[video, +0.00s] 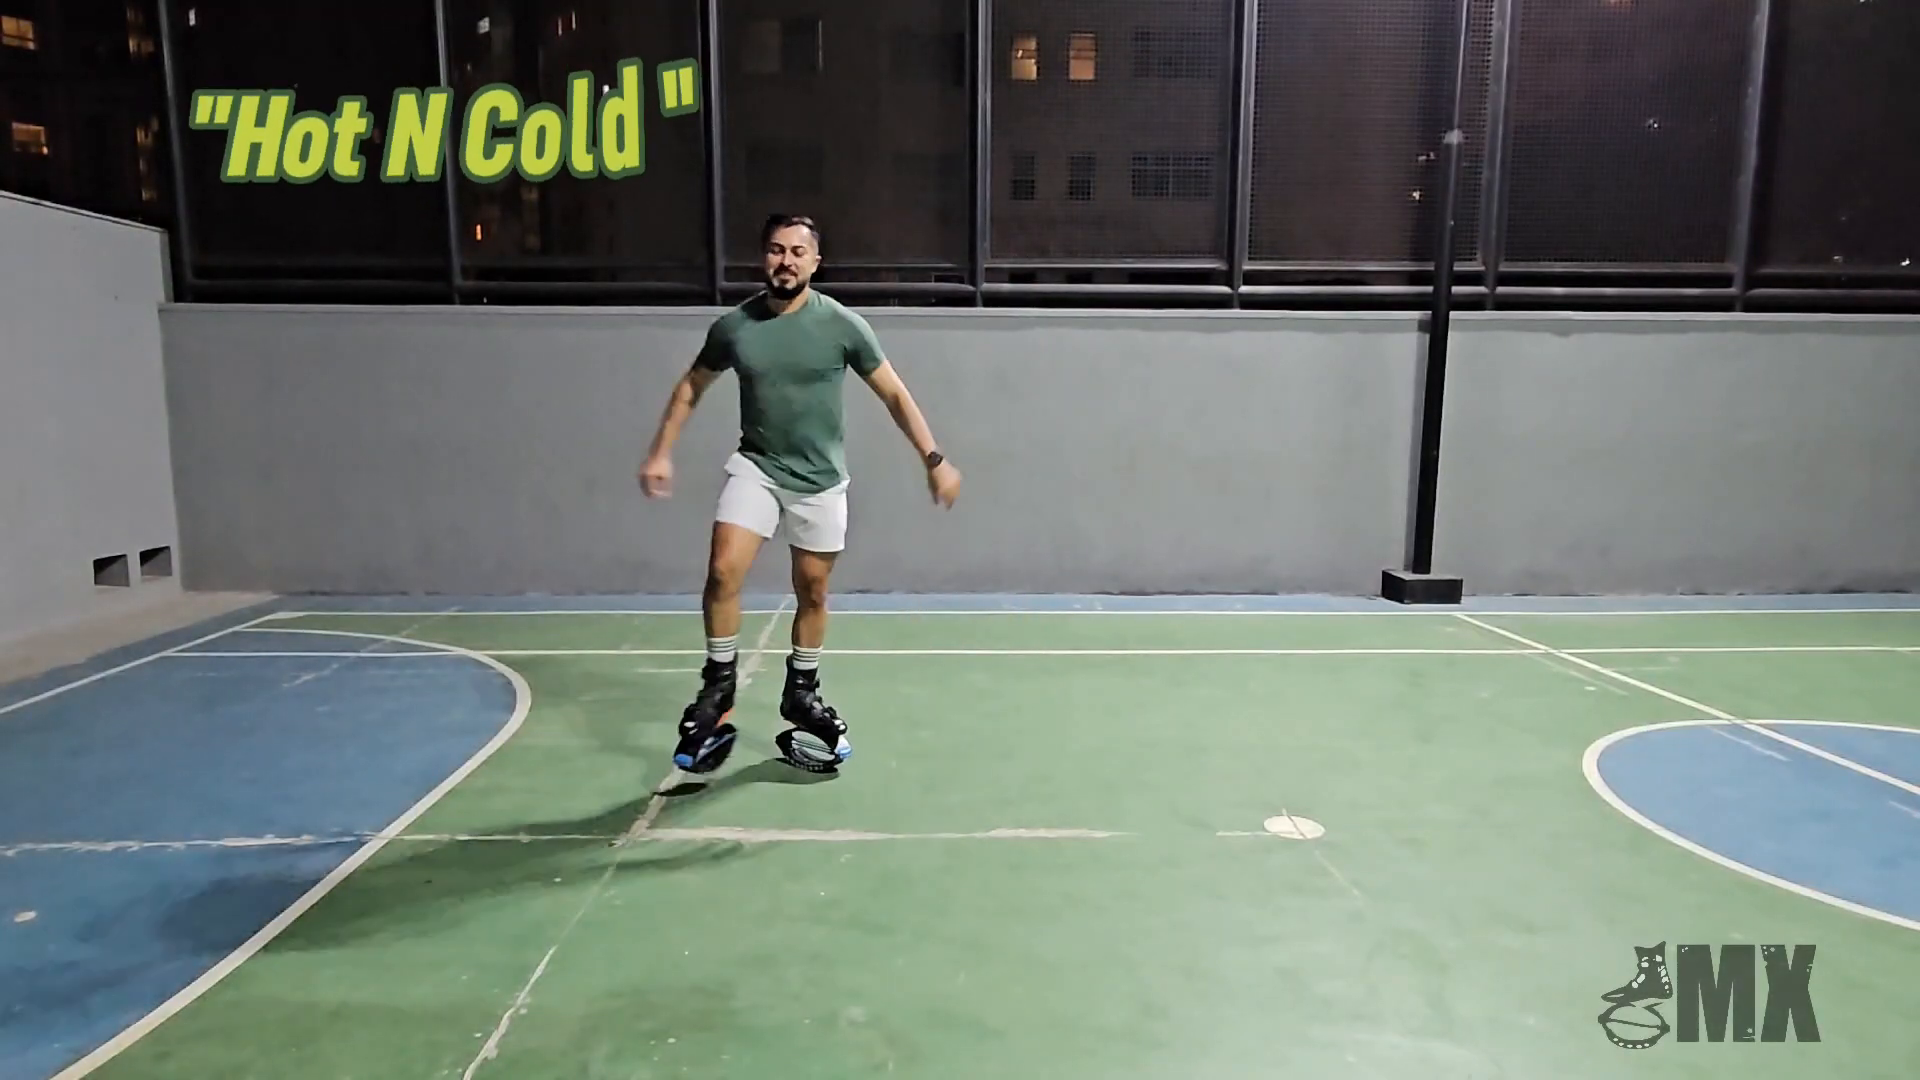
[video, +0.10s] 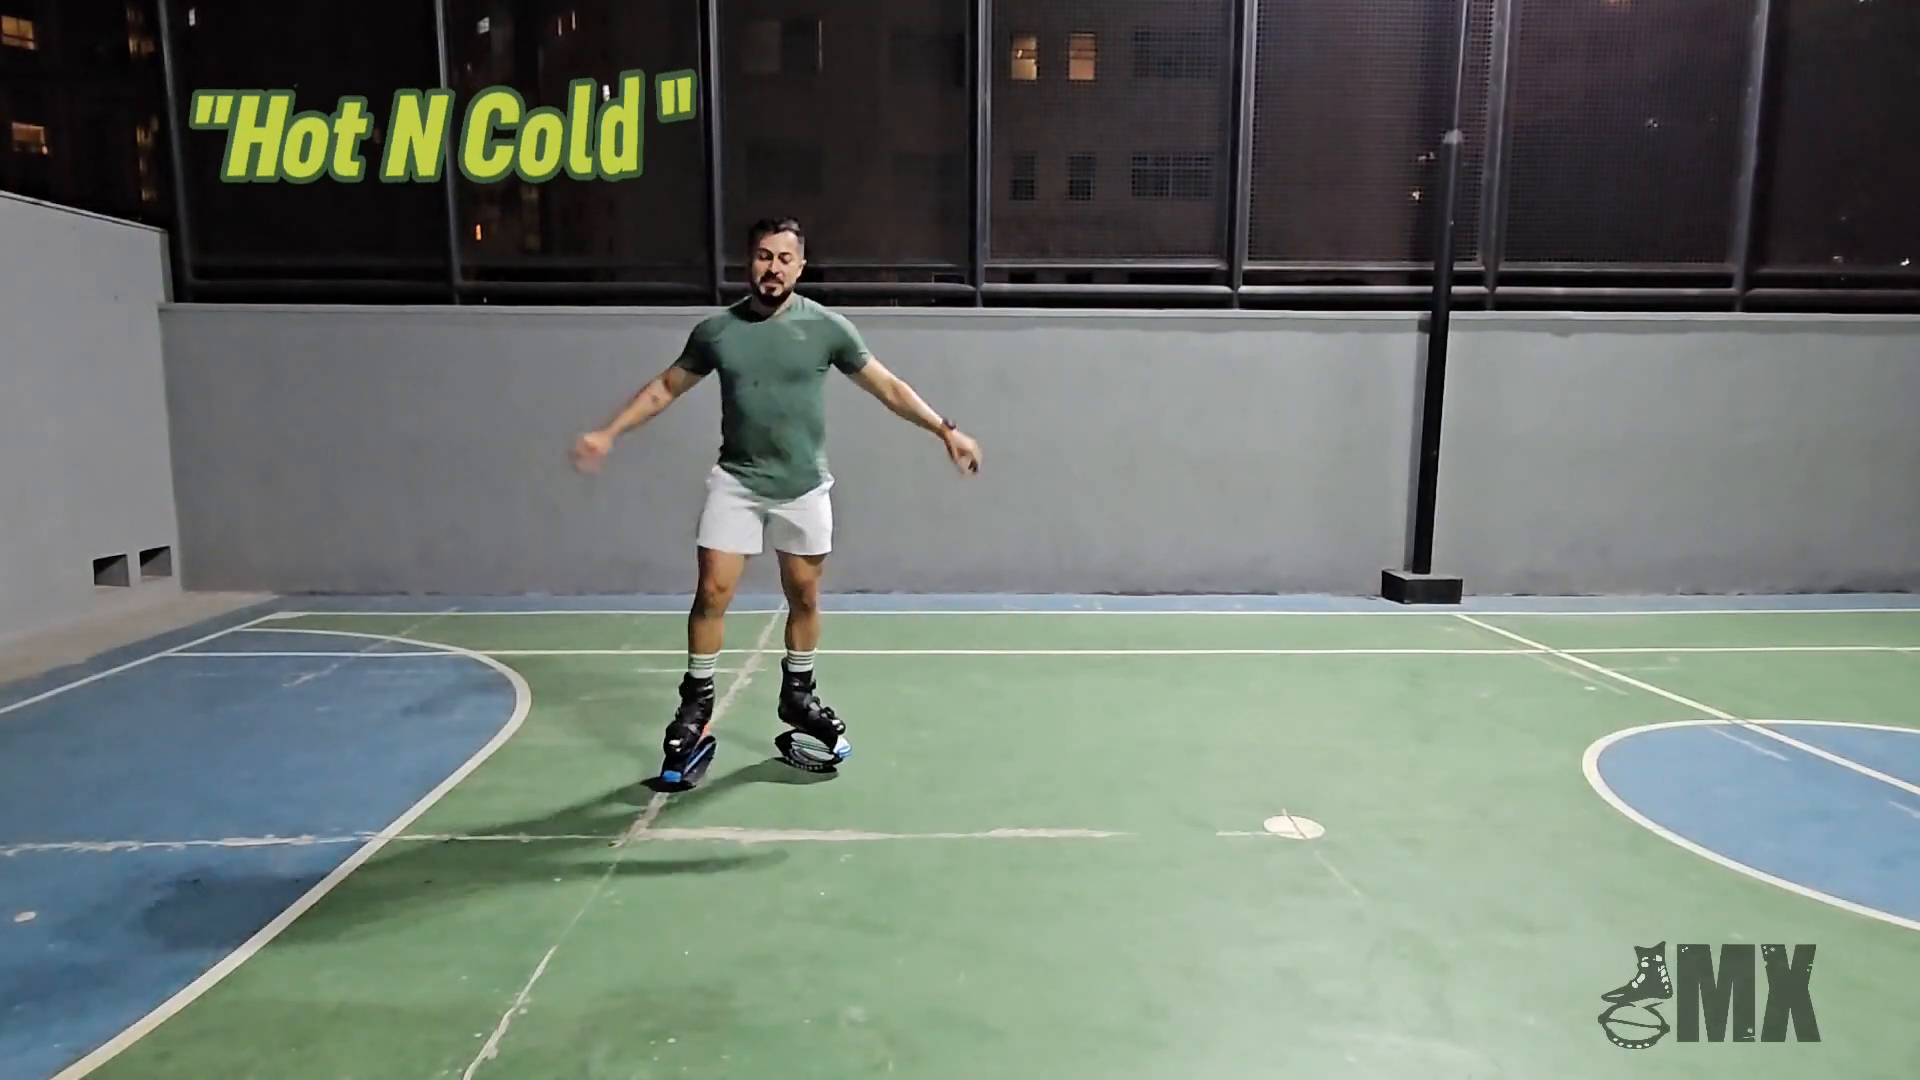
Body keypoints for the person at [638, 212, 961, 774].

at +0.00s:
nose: (785, 261)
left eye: (797, 252)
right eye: (776, 250)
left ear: (816, 261)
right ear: (763, 258)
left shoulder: (844, 326)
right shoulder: (732, 329)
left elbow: (895, 395)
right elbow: (691, 387)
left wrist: (934, 459)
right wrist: (660, 452)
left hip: (821, 478)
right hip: (755, 468)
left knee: (813, 590)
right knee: (722, 571)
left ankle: (801, 694)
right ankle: (718, 687)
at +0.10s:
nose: (771, 268)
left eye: (784, 258)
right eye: (763, 256)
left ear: (801, 267)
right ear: (750, 261)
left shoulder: (828, 328)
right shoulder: (717, 332)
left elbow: (890, 389)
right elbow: (664, 389)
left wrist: (946, 430)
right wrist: (608, 432)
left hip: (803, 485)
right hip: (736, 481)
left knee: (805, 593)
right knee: (712, 592)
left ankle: (798, 696)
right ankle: (696, 705)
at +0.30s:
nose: (750, 271)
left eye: (764, 264)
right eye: (743, 257)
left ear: (781, 274)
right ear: (728, 259)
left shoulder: (796, 334)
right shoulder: (685, 329)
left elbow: (848, 406)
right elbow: (645, 402)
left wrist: (885, 400)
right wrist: (593, 395)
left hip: (774, 475)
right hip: (705, 479)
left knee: (796, 578)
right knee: (698, 591)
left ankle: (794, 682)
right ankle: (694, 714)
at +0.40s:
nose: (745, 267)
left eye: (760, 263)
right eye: (741, 254)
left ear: (776, 276)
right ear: (727, 255)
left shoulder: (792, 331)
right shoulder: (679, 324)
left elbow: (826, 415)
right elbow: (651, 404)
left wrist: (822, 393)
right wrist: (637, 387)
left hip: (768, 469)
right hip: (701, 475)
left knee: (787, 565)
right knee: (692, 587)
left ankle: (775, 676)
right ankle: (689, 713)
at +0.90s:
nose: (800, 262)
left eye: (814, 257)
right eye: (794, 252)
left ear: (833, 279)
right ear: (779, 265)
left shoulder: (844, 337)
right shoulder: (734, 328)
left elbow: (874, 390)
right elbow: (689, 390)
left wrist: (838, 333)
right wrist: (671, 456)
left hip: (813, 480)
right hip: (744, 484)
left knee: (843, 574)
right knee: (722, 592)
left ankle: (847, 700)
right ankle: (696, 710)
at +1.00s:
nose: (825, 272)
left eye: (838, 266)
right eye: (818, 263)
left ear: (858, 285)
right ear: (804, 276)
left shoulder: (871, 345)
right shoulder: (763, 338)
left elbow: (909, 396)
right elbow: (722, 392)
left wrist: (882, 374)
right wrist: (708, 456)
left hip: (839, 493)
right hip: (769, 493)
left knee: (867, 595)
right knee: (738, 601)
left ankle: (885, 718)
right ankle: (699, 715)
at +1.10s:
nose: (852, 273)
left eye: (866, 266)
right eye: (845, 263)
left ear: (887, 283)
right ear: (832, 275)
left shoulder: (900, 346)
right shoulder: (796, 344)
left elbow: (931, 399)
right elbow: (763, 403)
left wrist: (936, 433)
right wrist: (749, 459)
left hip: (876, 497)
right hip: (805, 495)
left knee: (889, 602)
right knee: (765, 599)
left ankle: (891, 729)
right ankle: (720, 709)